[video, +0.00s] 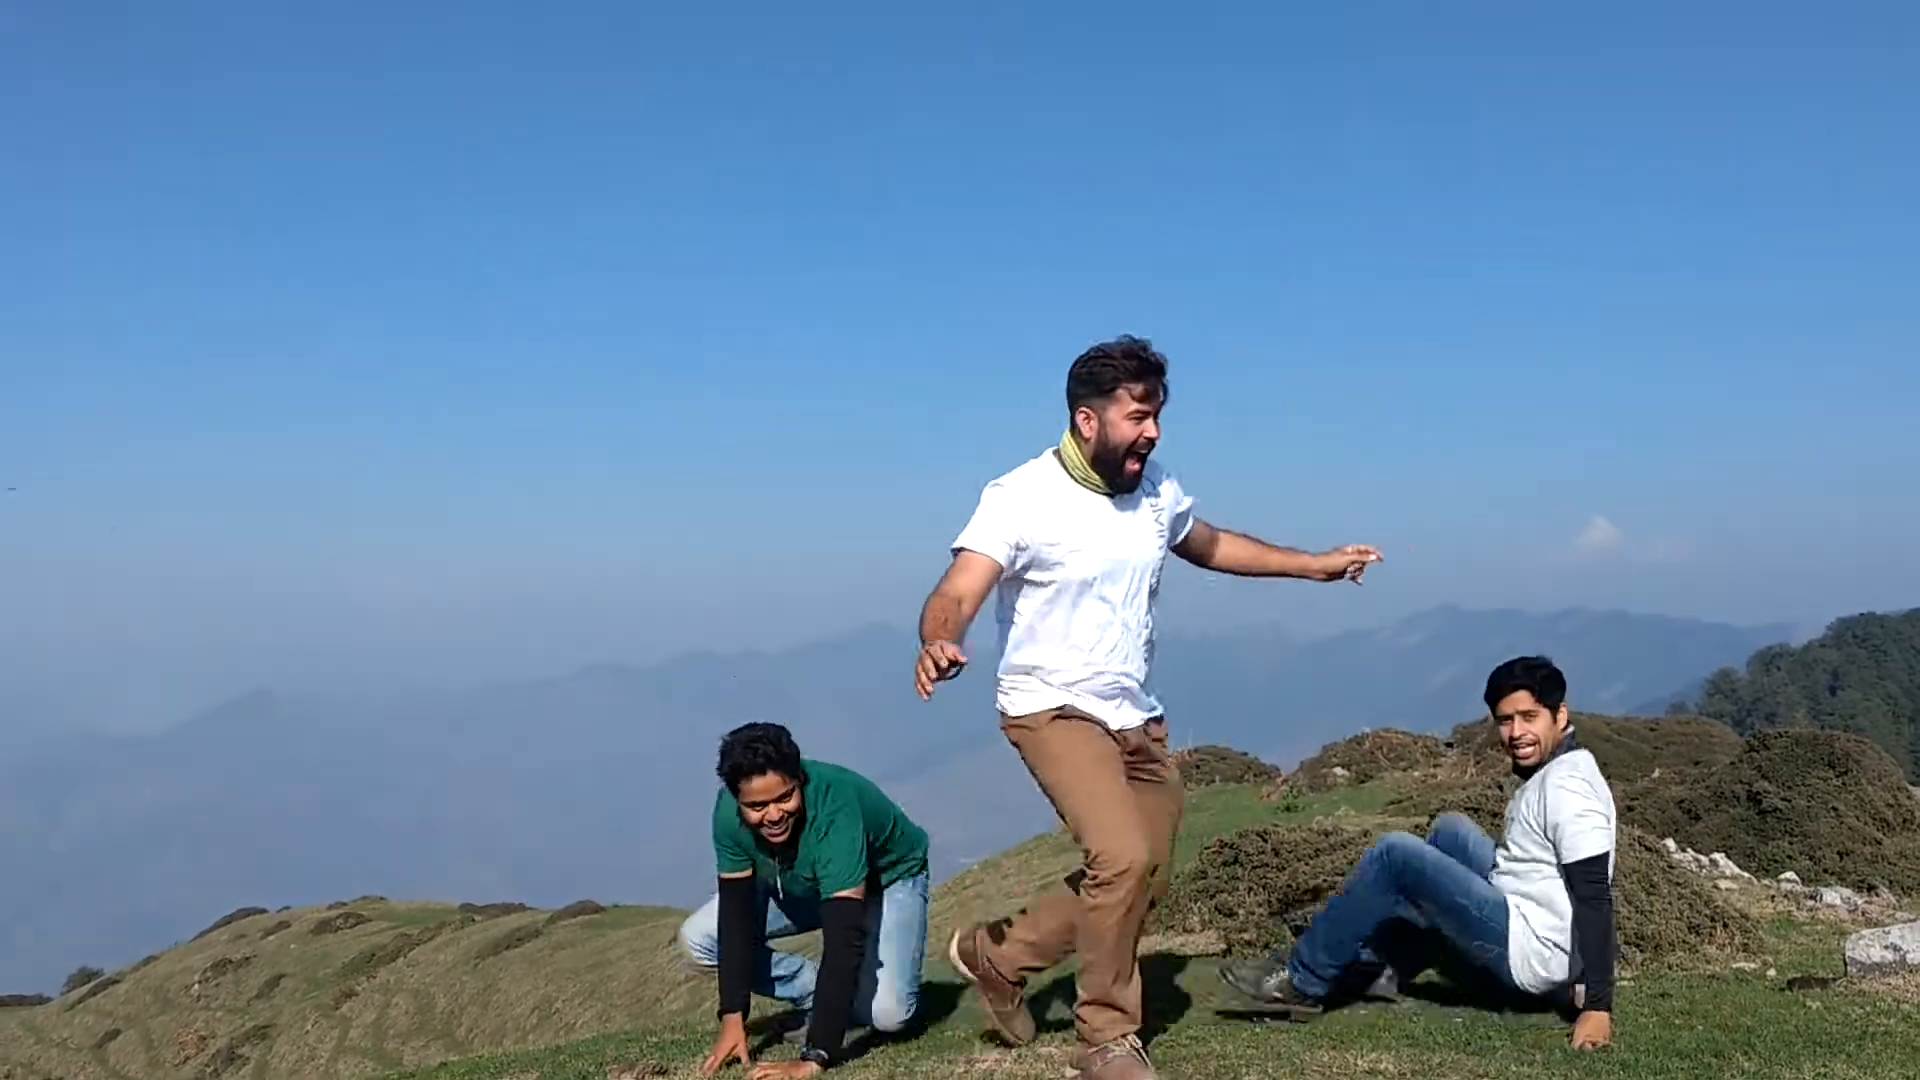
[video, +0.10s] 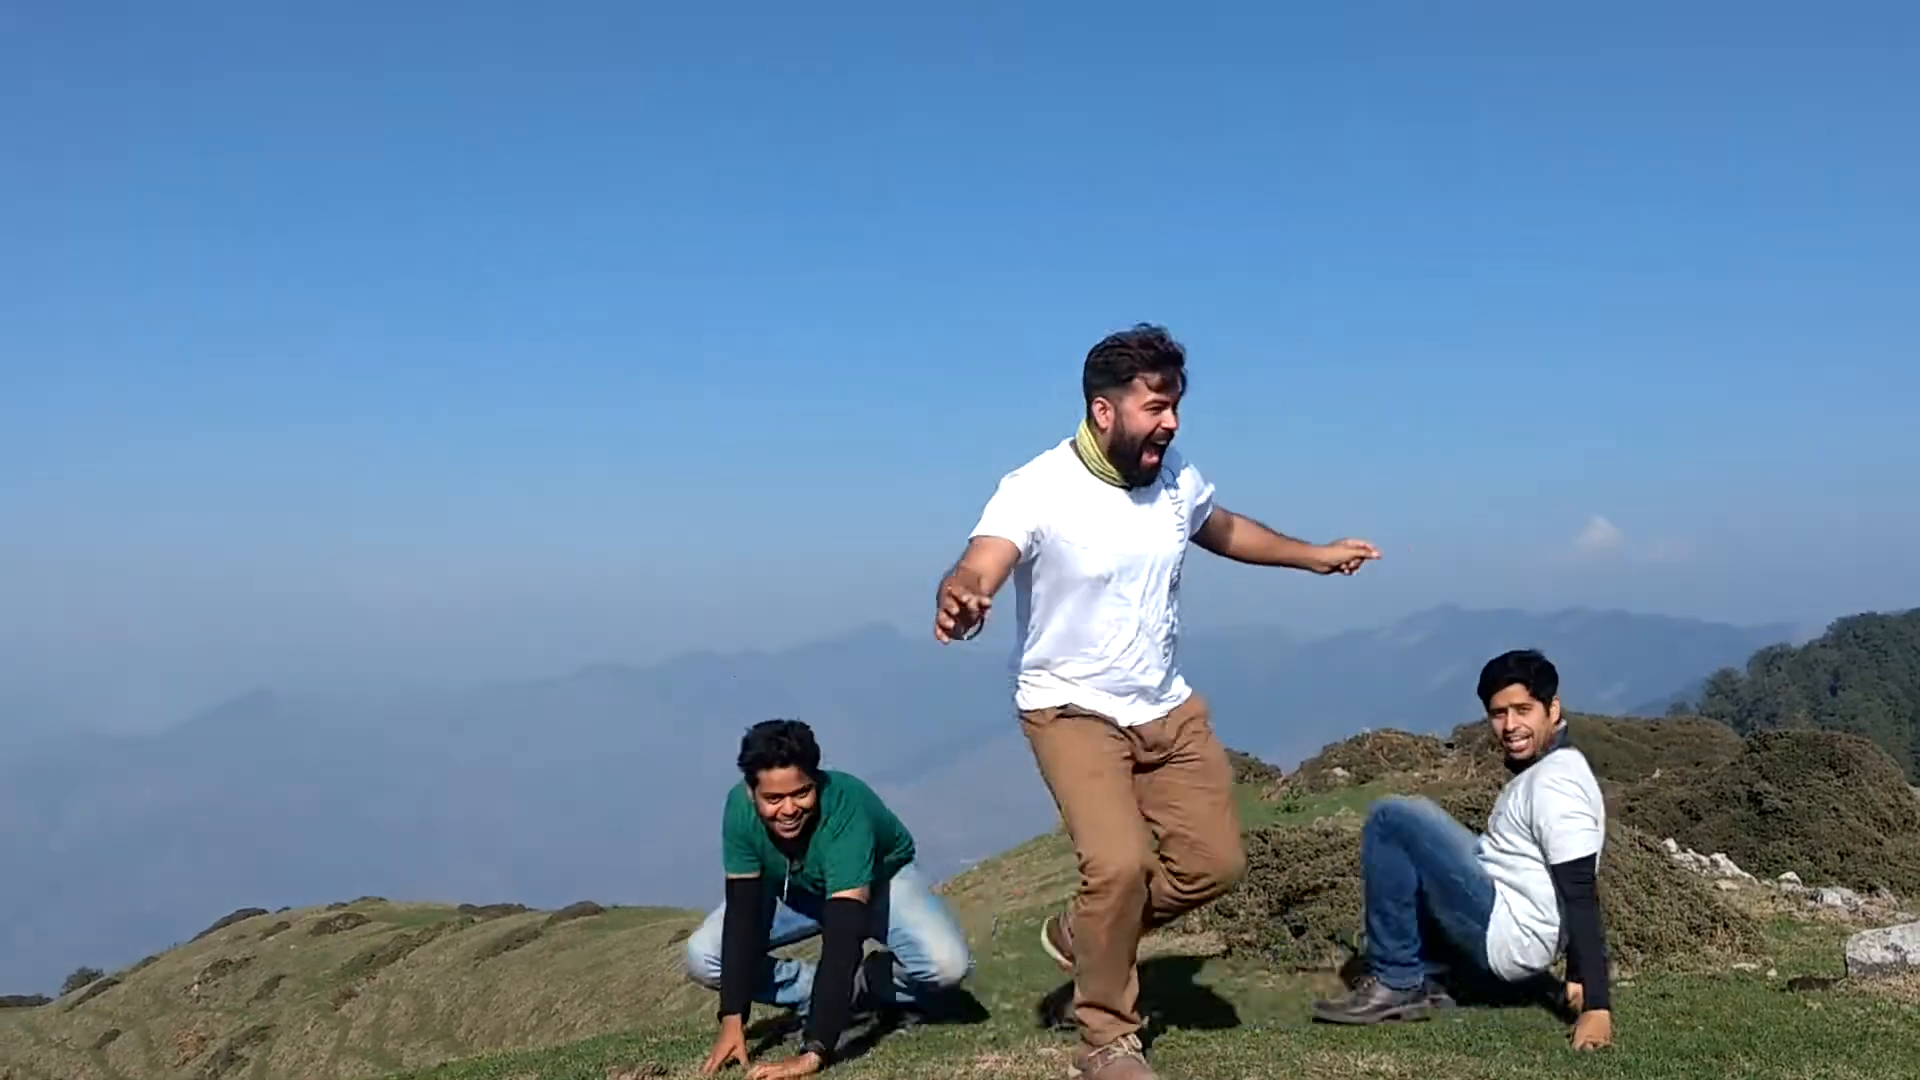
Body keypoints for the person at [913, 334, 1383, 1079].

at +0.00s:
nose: (1153, 432)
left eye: (1157, 416)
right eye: (1137, 416)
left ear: (1155, 415)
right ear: (1085, 417)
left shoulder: (1156, 492)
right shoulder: (1021, 496)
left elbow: (1211, 546)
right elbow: (956, 592)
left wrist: (1313, 564)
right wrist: (939, 641)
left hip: (1132, 715)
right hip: (1049, 706)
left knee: (1144, 879)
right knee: (1122, 856)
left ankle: (998, 954)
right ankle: (1107, 1034)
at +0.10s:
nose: (1170, 422)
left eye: (1174, 406)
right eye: (1154, 407)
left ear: (1176, 404)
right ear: (1101, 408)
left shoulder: (1177, 480)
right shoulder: (1036, 488)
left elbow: (1224, 531)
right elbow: (980, 567)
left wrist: (1313, 555)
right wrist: (961, 602)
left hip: (1166, 705)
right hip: (1070, 709)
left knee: (1211, 862)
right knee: (1120, 865)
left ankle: (1085, 930)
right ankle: (1107, 1033)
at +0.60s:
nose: (1443, 367)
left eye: (1448, 350)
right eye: (1434, 345)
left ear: (1383, 340)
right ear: (1371, 332)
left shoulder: (1396, 440)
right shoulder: (1277, 397)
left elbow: (1483, 515)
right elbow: (1265, 486)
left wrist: (1608, 564)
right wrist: (1362, 545)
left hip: (1325, 673)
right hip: (1224, 675)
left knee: (1375, 845)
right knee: (1246, 868)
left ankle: (1293, 1043)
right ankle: (1126, 969)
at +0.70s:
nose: (1523, 370)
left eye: (1530, 352)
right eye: (1517, 347)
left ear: (1467, 342)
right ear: (1454, 333)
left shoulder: (1458, 441)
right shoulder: (1359, 392)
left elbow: (1566, 522)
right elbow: (1370, 490)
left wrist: (1697, 586)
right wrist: (1481, 560)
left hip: (1360, 660)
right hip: (1288, 648)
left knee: (1417, 839)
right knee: (1414, 806)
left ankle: (1309, 1025)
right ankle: (1249, 951)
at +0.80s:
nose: (1609, 370)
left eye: (1616, 353)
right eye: (1603, 348)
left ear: (1549, 342)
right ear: (1542, 336)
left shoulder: (1535, 435)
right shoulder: (1447, 395)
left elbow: (1647, 517)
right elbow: (1486, 511)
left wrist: (1780, 587)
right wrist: (1612, 593)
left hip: (1401, 643)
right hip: (1367, 638)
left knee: (1434, 872)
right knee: (1548, 766)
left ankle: (1297, 1048)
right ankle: (1540, 1033)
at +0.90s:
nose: (1708, 360)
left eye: (1716, 342)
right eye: (1703, 338)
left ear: (1644, 326)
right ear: (1641, 323)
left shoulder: (1623, 407)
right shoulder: (1548, 395)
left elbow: (1727, 494)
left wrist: (1851, 575)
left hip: (1508, 640)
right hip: (1465, 640)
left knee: (1498, 868)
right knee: (1650, 799)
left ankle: (1323, 1024)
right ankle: (1733, 1060)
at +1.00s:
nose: (1825, 382)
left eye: (1834, 363)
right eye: (1823, 358)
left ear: (1761, 340)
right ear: (1762, 338)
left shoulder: (1692, 396)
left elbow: (1808, 513)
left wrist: (1908, 598)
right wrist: (1915, 653)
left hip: (1566, 641)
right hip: (1567, 644)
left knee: (1695, 833)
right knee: (1773, 806)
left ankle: (1488, 948)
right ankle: (1761, 1061)